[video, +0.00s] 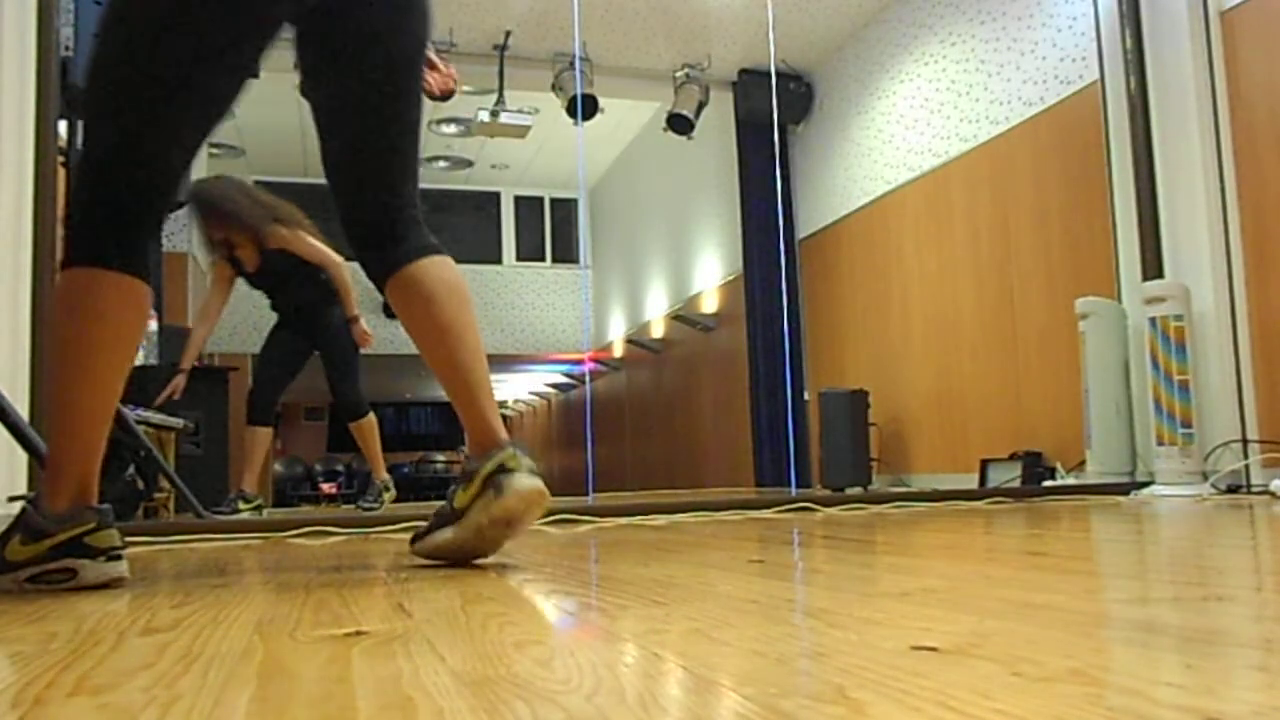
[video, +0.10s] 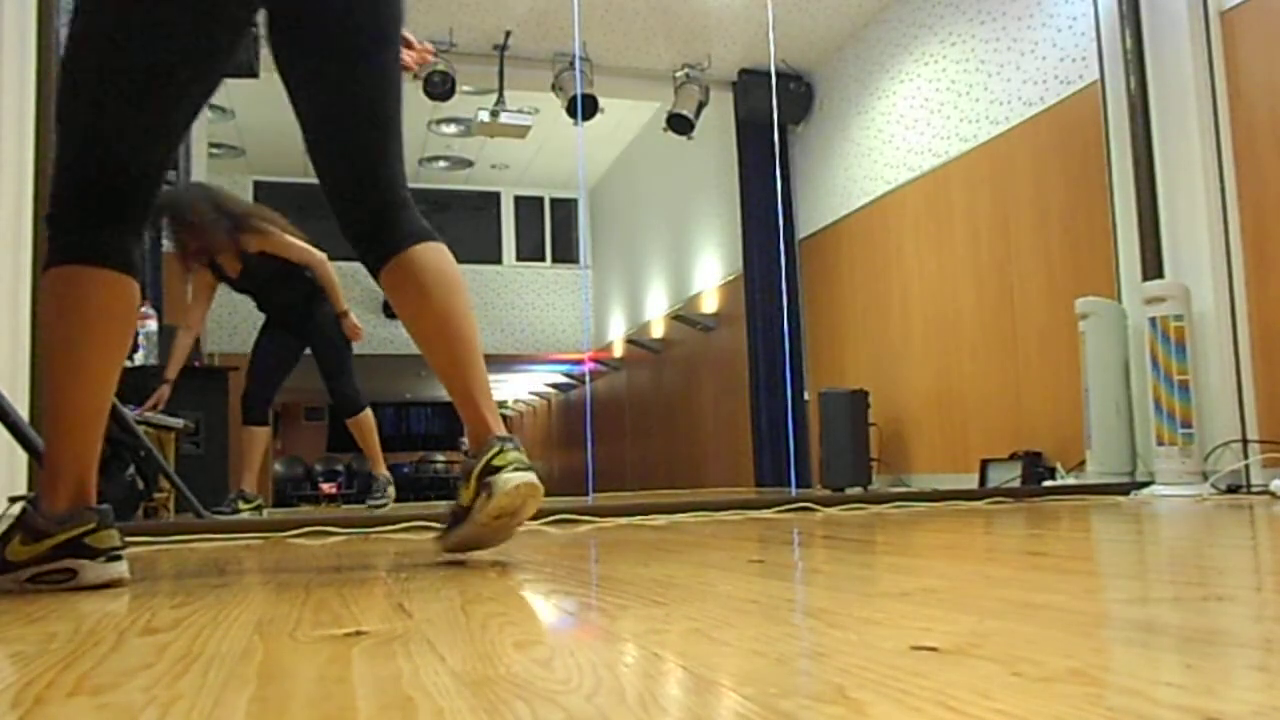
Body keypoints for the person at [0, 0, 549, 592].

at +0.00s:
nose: (220, 237)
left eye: (223, 228)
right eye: (212, 231)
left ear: (234, 216)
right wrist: (423, 53)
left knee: (113, 206)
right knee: (392, 224)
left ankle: (66, 507)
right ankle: (495, 455)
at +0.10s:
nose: (184, 239)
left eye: (186, 228)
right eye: (179, 233)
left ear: (201, 215)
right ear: (187, 225)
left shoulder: (249, 228)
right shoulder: (195, 249)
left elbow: (318, 258)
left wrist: (346, 311)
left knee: (92, 206)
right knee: (383, 206)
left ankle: (65, 508)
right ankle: (493, 445)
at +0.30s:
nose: (136, 262)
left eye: (141, 250)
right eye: (132, 251)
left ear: (161, 235)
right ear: (164, 236)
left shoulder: (225, 238)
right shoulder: (182, 265)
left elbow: (298, 256)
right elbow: (175, 329)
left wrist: (324, 309)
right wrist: (159, 394)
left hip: (301, 297)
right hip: (273, 306)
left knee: (71, 201)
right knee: (380, 187)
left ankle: (64, 509)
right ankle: (483, 440)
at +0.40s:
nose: (149, 271)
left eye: (150, 259)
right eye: (144, 263)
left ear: (163, 239)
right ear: (164, 246)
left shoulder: (220, 242)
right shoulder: (181, 267)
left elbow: (292, 259)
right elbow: (174, 331)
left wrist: (322, 311)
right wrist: (158, 397)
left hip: (298, 299)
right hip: (269, 307)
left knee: (68, 203)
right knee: (368, 190)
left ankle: (65, 508)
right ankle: (474, 436)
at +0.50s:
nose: (153, 271)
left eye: (152, 260)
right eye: (147, 264)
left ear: (164, 240)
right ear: (161, 249)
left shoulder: (217, 242)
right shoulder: (181, 266)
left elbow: (289, 260)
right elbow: (174, 332)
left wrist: (320, 311)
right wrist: (158, 401)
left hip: (294, 296)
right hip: (269, 303)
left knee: (63, 207)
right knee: (364, 193)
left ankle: (65, 507)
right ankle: (472, 434)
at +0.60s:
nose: (151, 285)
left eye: (151, 271)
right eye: (144, 277)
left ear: (164, 244)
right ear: (160, 250)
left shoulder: (214, 242)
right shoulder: (183, 266)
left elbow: (285, 258)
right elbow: (174, 331)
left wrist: (315, 311)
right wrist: (159, 398)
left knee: (61, 206)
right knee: (366, 193)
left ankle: (65, 507)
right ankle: (474, 435)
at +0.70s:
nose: (148, 286)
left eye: (147, 273)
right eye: (141, 278)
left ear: (159, 245)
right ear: (157, 250)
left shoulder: (212, 241)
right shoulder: (185, 265)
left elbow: (284, 258)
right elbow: (174, 330)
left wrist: (316, 311)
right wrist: (158, 398)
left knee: (62, 211)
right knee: (369, 197)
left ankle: (66, 507)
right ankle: (476, 435)